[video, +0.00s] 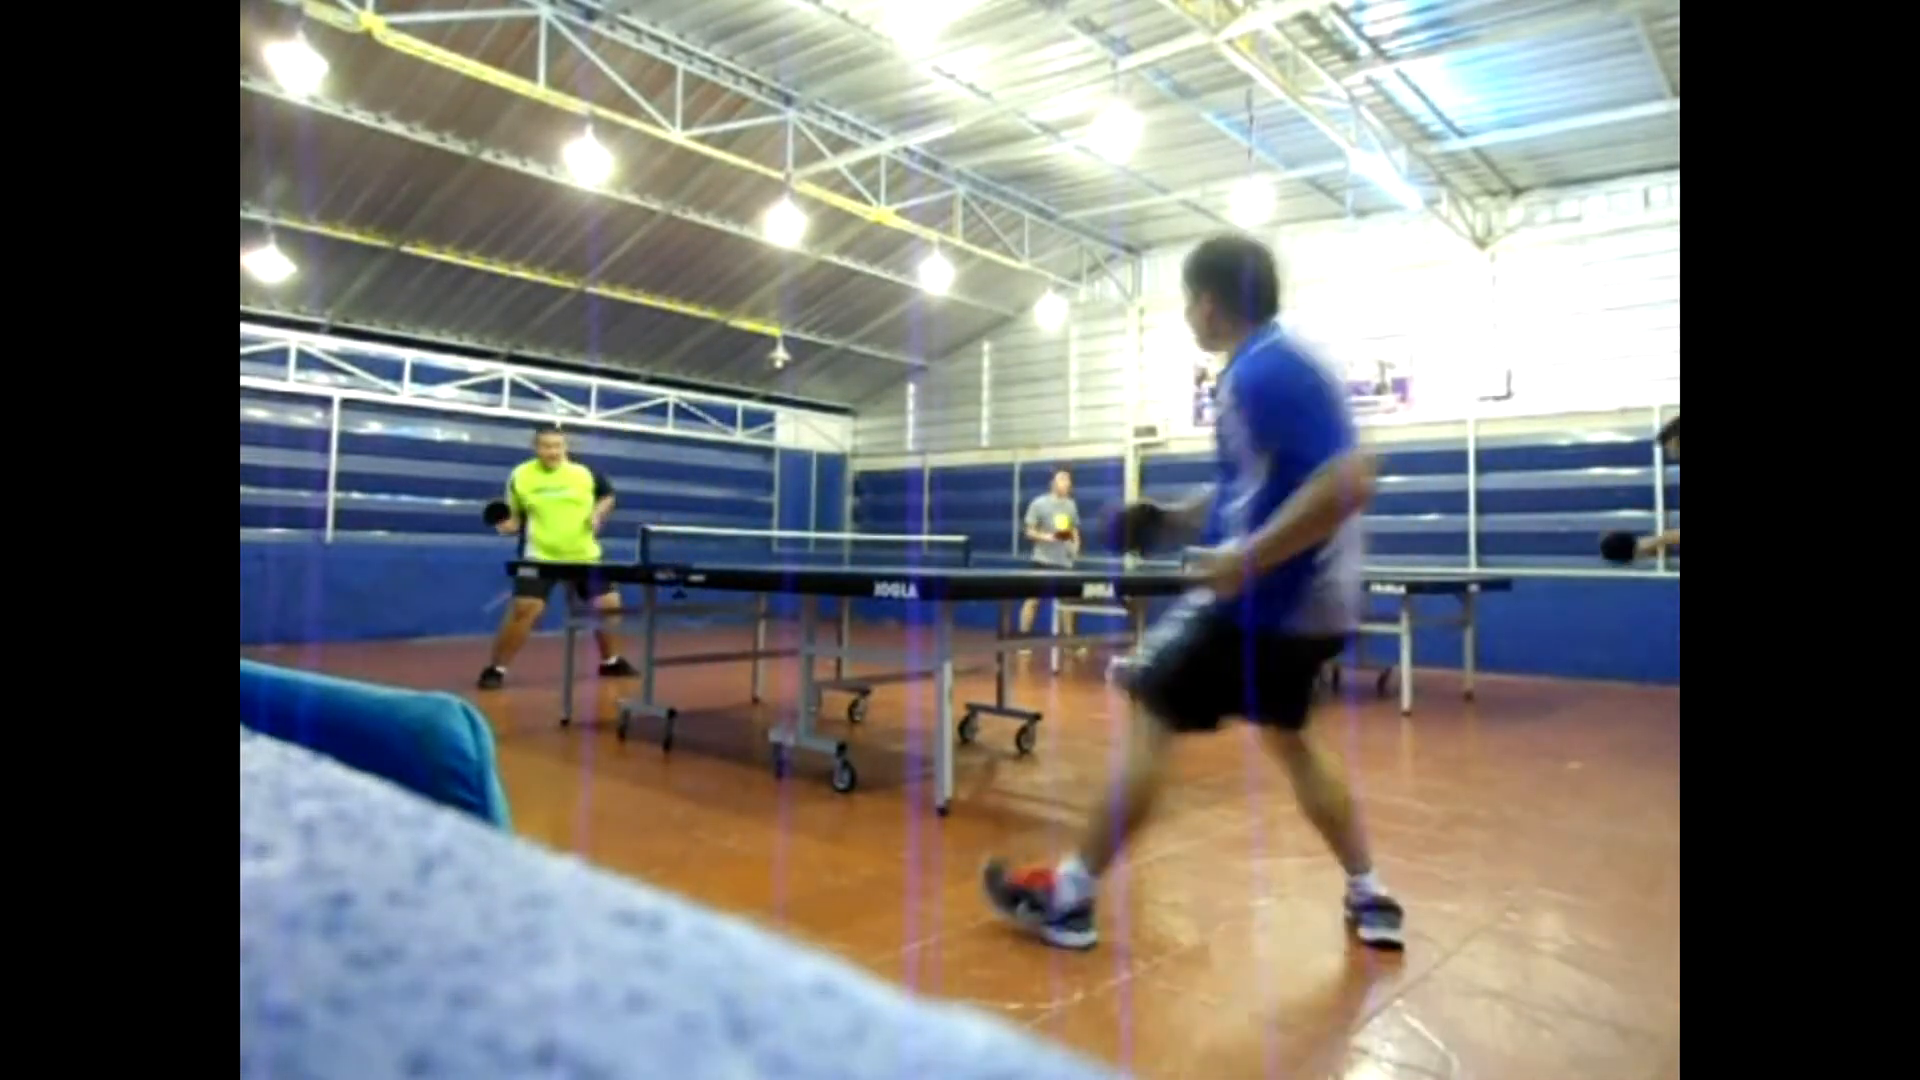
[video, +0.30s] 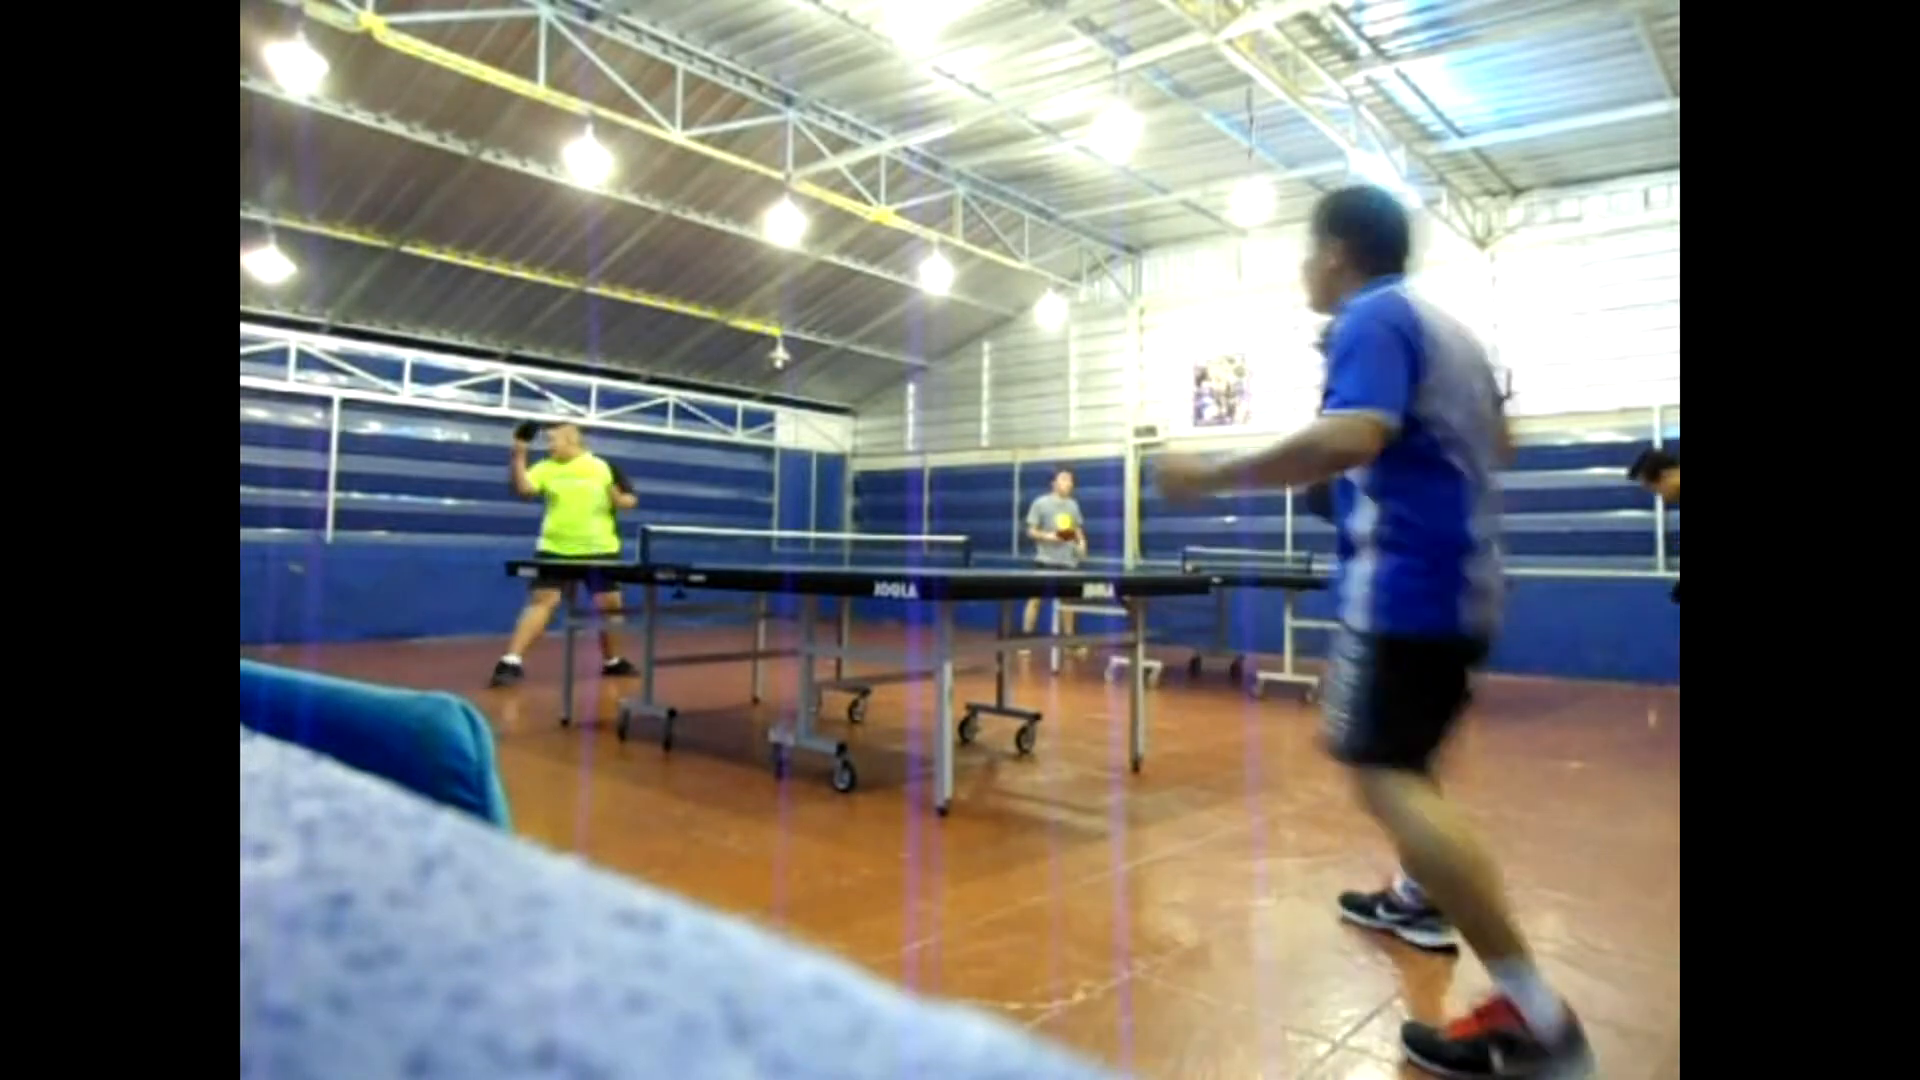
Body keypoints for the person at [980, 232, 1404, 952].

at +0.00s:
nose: (1189, 314)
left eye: (1193, 298)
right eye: (1189, 298)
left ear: (1219, 300)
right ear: (1254, 298)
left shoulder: (1270, 369)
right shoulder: (1263, 370)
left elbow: (1345, 478)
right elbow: (1257, 492)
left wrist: (1249, 557)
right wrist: (1173, 518)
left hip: (1262, 602)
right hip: (1310, 606)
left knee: (1153, 705)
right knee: (1287, 732)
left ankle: (1072, 890)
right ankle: (1368, 892)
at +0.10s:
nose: (1217, 275)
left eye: (1224, 260)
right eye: (1220, 260)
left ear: (1249, 261)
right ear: (1282, 260)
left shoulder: (1298, 321)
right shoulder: (1279, 339)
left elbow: (1392, 416)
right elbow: (1328, 460)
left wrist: (1300, 518)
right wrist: (1261, 503)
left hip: (1316, 577)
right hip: (1363, 576)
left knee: (1220, 712)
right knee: (1344, 730)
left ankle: (1162, 897)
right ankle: (1376, 893)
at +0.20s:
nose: (1255, 259)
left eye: (1263, 243)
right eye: (1260, 242)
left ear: (1288, 249)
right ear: (1335, 248)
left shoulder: (1320, 307)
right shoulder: (1374, 307)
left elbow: (1381, 410)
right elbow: (1393, 434)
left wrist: (1274, 497)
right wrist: (1281, 496)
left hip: (1361, 564)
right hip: (1417, 567)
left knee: (1283, 715)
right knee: (1376, 719)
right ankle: (1408, 894)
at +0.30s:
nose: (1305, 267)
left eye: (1313, 250)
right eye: (1309, 250)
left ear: (1342, 253)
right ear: (1391, 255)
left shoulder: (1371, 318)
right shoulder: (1444, 329)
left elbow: (1356, 433)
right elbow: (1495, 442)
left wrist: (1215, 472)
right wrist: (1358, 470)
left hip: (1404, 593)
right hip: (1458, 592)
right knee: (1404, 753)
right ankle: (1422, 894)